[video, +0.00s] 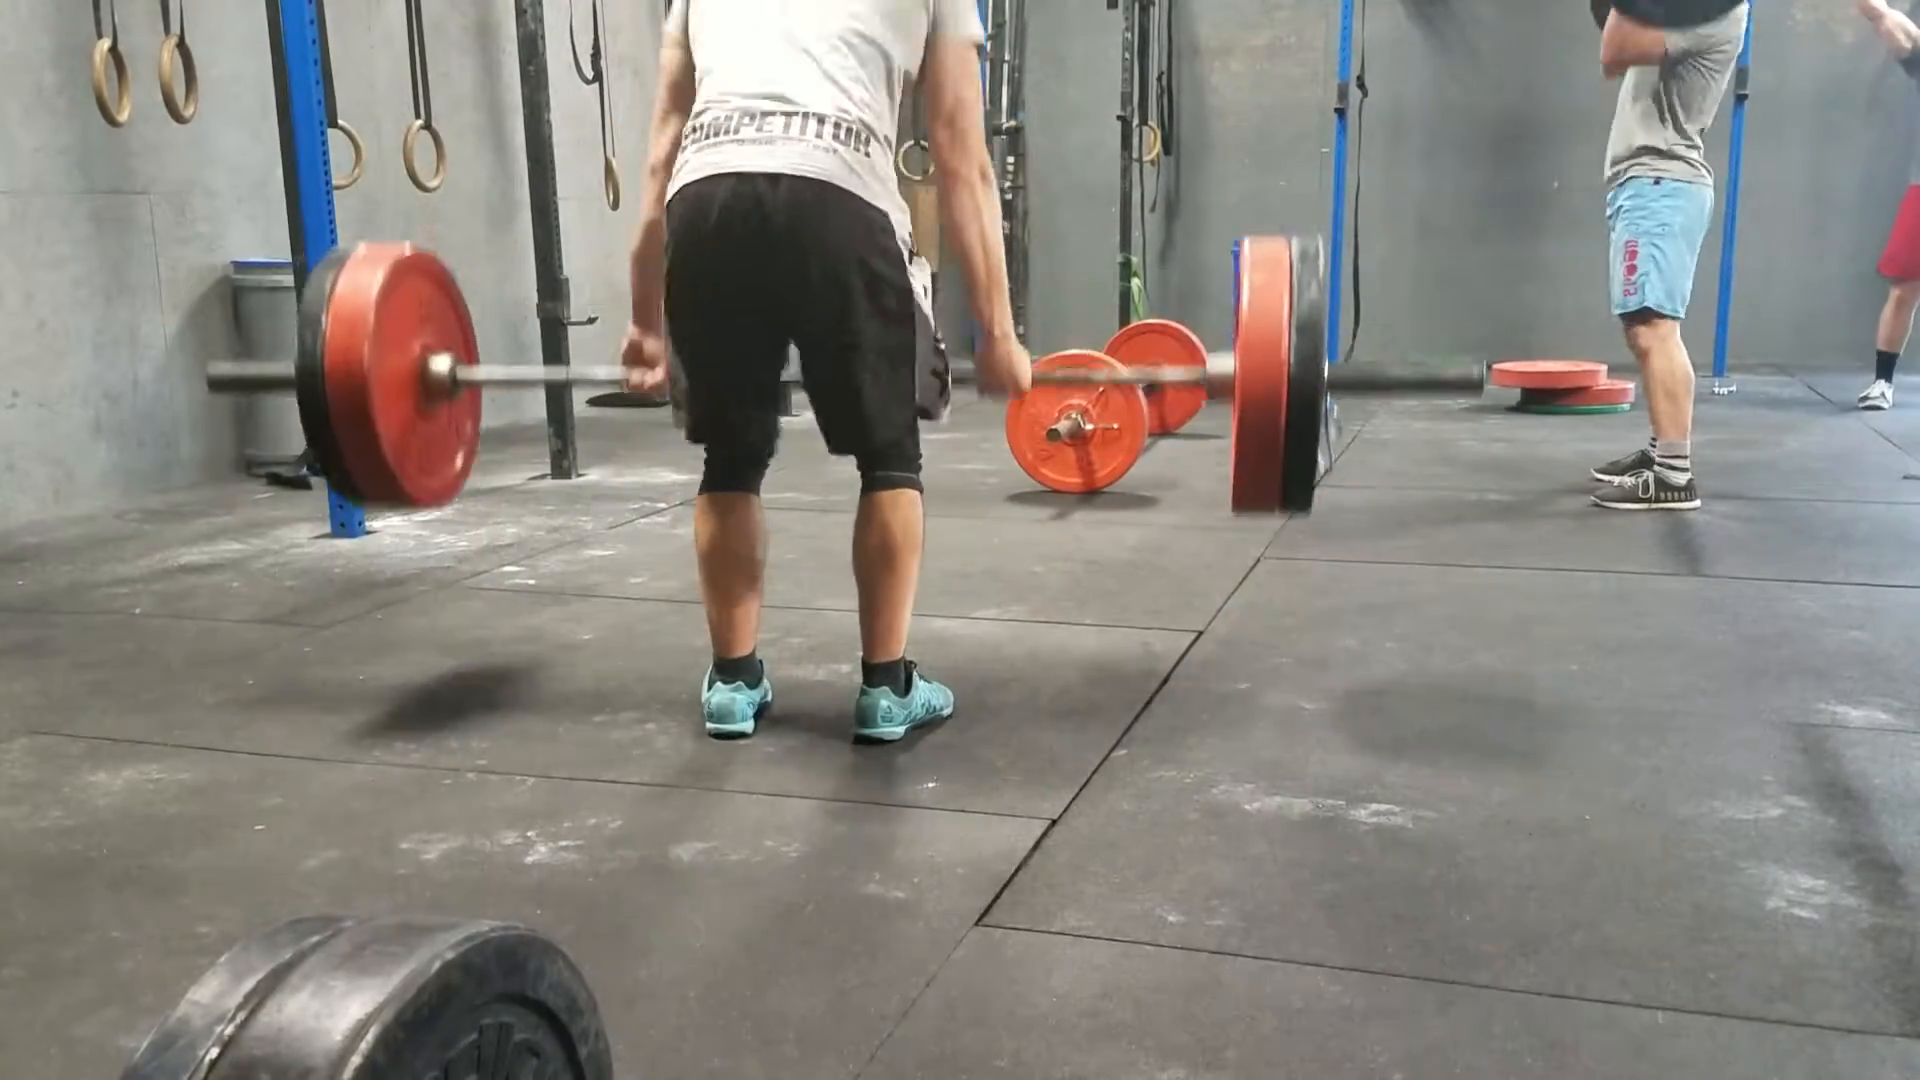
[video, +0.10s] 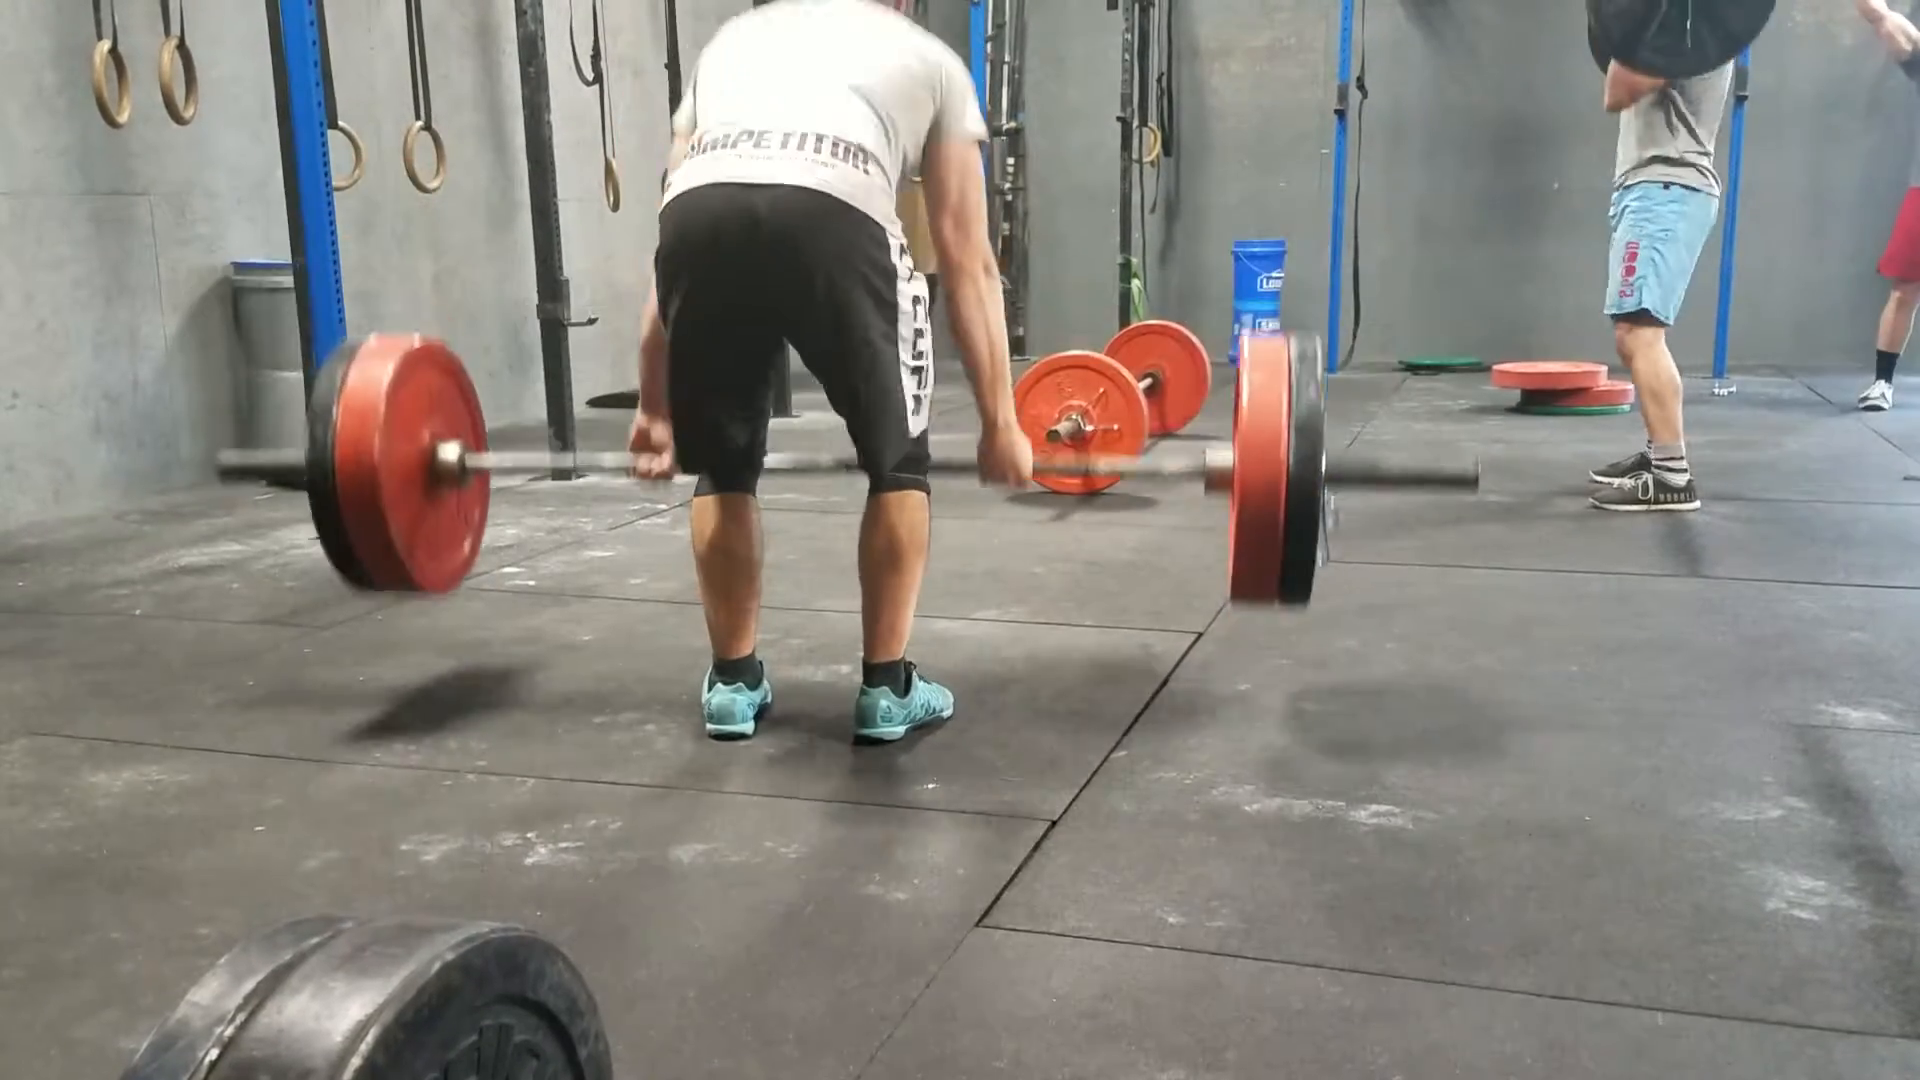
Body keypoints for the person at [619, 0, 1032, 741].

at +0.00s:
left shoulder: (697, 6)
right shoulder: (934, 5)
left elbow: (662, 166)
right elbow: (962, 167)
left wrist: (647, 322)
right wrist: (998, 331)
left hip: (708, 209)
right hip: (839, 209)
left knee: (729, 458)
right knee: (889, 456)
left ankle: (731, 682)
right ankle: (885, 686)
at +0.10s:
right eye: (920, 20)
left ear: (805, 3)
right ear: (902, 8)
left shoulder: (727, 41)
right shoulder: (932, 57)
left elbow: (676, 235)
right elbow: (963, 258)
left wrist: (652, 405)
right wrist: (1000, 423)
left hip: (703, 217)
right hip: (833, 220)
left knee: (720, 471)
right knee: (897, 463)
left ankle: (732, 683)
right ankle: (884, 686)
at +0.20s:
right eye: (911, 108)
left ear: (816, 95)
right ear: (905, 104)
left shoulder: (744, 127)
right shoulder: (933, 160)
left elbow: (680, 358)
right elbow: (968, 352)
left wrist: (658, 494)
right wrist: (1002, 509)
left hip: (695, 248)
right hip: (836, 255)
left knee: (725, 471)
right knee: (908, 469)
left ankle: (734, 683)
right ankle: (886, 686)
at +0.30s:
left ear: (822, 159)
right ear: (908, 173)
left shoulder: (746, 181)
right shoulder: (935, 218)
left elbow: (664, 392)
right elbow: (969, 386)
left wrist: (655, 528)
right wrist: (1003, 538)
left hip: (698, 274)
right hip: (840, 288)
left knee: (728, 481)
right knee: (911, 476)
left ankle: (735, 678)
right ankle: (886, 683)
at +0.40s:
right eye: (915, 128)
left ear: (820, 109)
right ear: (906, 122)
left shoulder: (744, 140)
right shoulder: (929, 170)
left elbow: (667, 358)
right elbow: (967, 336)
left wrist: (652, 492)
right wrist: (1001, 500)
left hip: (698, 239)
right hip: (837, 247)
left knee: (733, 471)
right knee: (899, 466)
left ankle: (732, 680)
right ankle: (886, 684)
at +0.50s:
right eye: (914, 76)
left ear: (821, 51)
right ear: (906, 67)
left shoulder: (740, 86)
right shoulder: (930, 113)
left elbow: (665, 300)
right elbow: (965, 280)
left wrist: (649, 433)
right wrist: (999, 440)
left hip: (702, 207)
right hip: (835, 214)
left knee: (734, 465)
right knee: (891, 461)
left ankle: (732, 681)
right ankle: (885, 686)